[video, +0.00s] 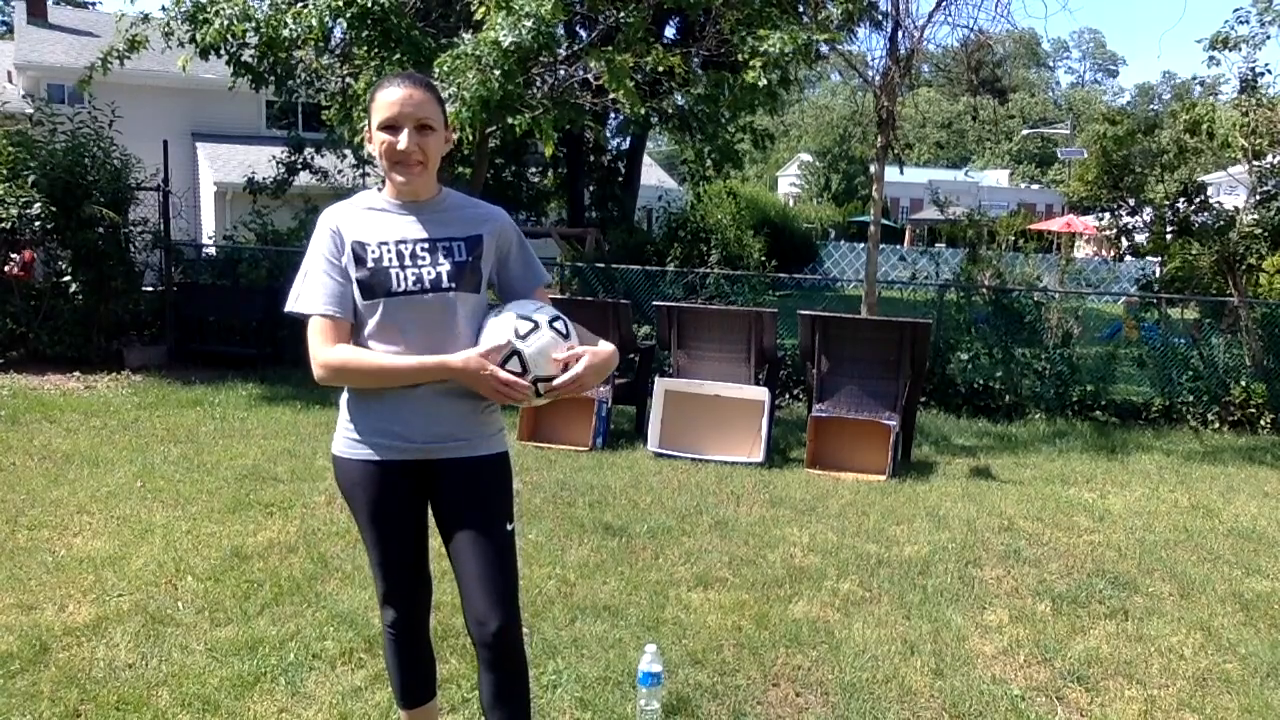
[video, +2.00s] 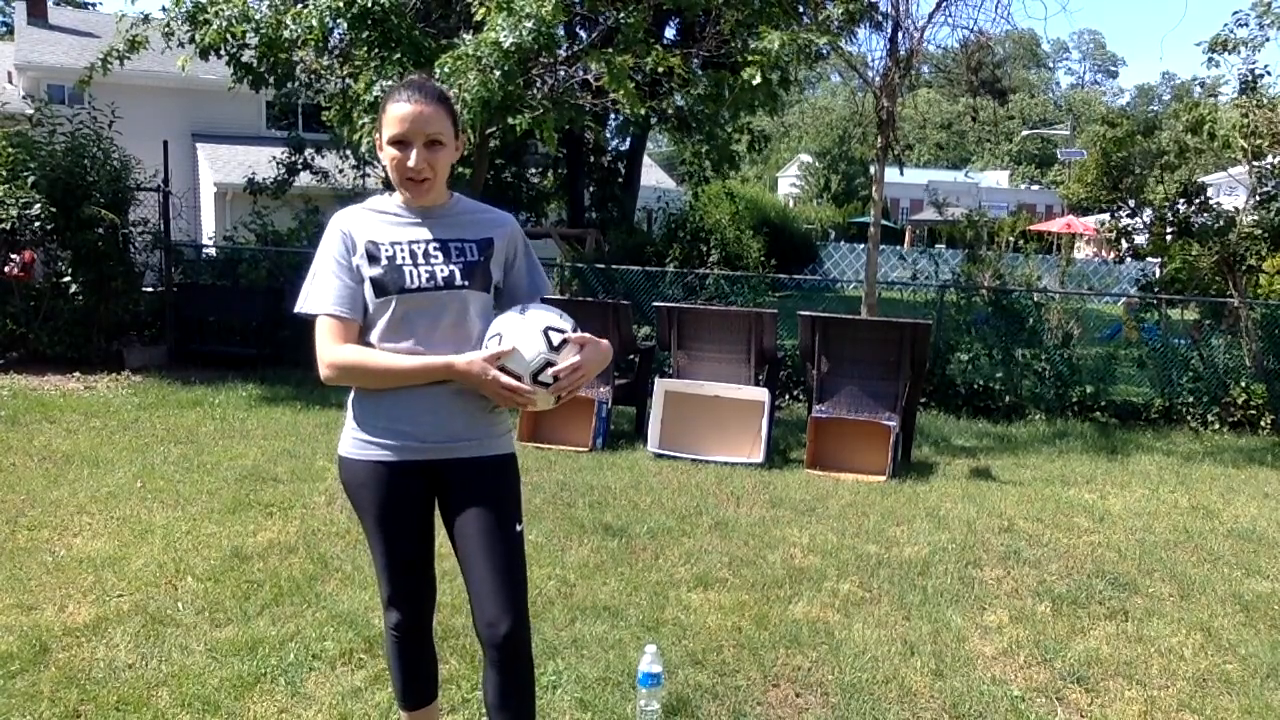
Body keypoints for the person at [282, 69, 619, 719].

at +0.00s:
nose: (406, 141)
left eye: (422, 127)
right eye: (390, 128)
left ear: (446, 138)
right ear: (370, 140)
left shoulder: (490, 225)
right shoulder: (341, 226)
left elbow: (542, 329)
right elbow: (326, 361)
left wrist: (606, 352)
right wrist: (451, 367)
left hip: (472, 451)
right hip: (376, 454)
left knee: (496, 626)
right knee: (402, 614)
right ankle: (420, 715)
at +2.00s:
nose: (415, 160)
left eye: (432, 143)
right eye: (400, 144)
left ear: (458, 146)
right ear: (380, 147)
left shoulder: (499, 230)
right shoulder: (351, 229)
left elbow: (541, 337)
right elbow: (333, 359)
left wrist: (599, 348)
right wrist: (454, 367)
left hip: (479, 452)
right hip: (382, 455)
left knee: (505, 629)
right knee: (406, 614)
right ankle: (421, 714)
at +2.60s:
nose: (423, 147)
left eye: (439, 132)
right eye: (407, 133)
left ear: (461, 142)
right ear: (384, 145)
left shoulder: (500, 230)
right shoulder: (352, 227)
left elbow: (517, 349)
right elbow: (325, 360)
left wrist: (564, 410)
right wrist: (441, 382)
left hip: (474, 451)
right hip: (380, 452)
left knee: (498, 624)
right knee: (404, 612)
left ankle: (509, 719)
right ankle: (420, 715)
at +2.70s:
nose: (425, 145)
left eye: (441, 130)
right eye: (408, 132)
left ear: (462, 143)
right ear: (385, 147)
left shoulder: (502, 232)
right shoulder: (353, 228)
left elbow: (515, 357)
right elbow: (325, 360)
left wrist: (558, 417)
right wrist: (435, 387)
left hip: (473, 450)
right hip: (378, 450)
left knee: (498, 623)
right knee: (403, 611)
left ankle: (509, 718)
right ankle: (419, 714)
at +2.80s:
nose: (429, 145)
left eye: (443, 130)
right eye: (411, 133)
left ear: (464, 143)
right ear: (388, 151)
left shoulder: (504, 231)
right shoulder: (354, 227)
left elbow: (515, 349)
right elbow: (325, 356)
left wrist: (536, 428)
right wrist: (424, 392)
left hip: (471, 450)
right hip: (378, 451)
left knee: (498, 623)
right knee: (403, 610)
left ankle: (511, 719)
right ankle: (420, 714)